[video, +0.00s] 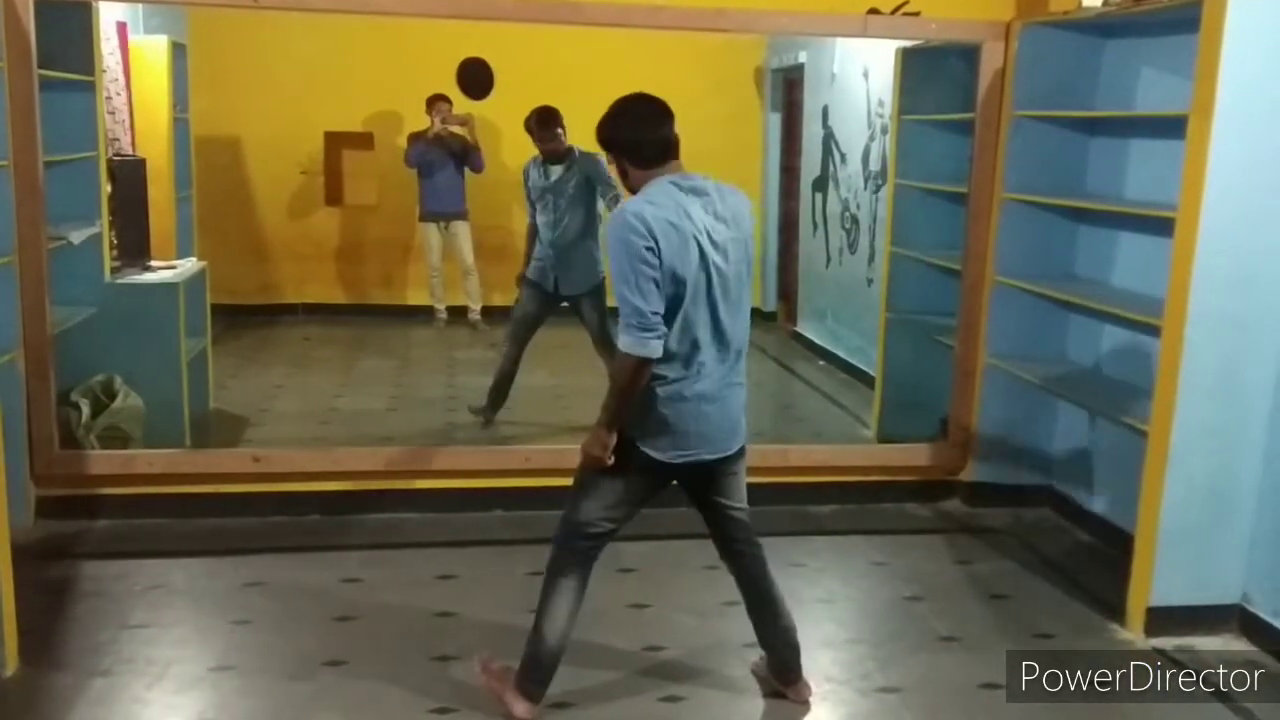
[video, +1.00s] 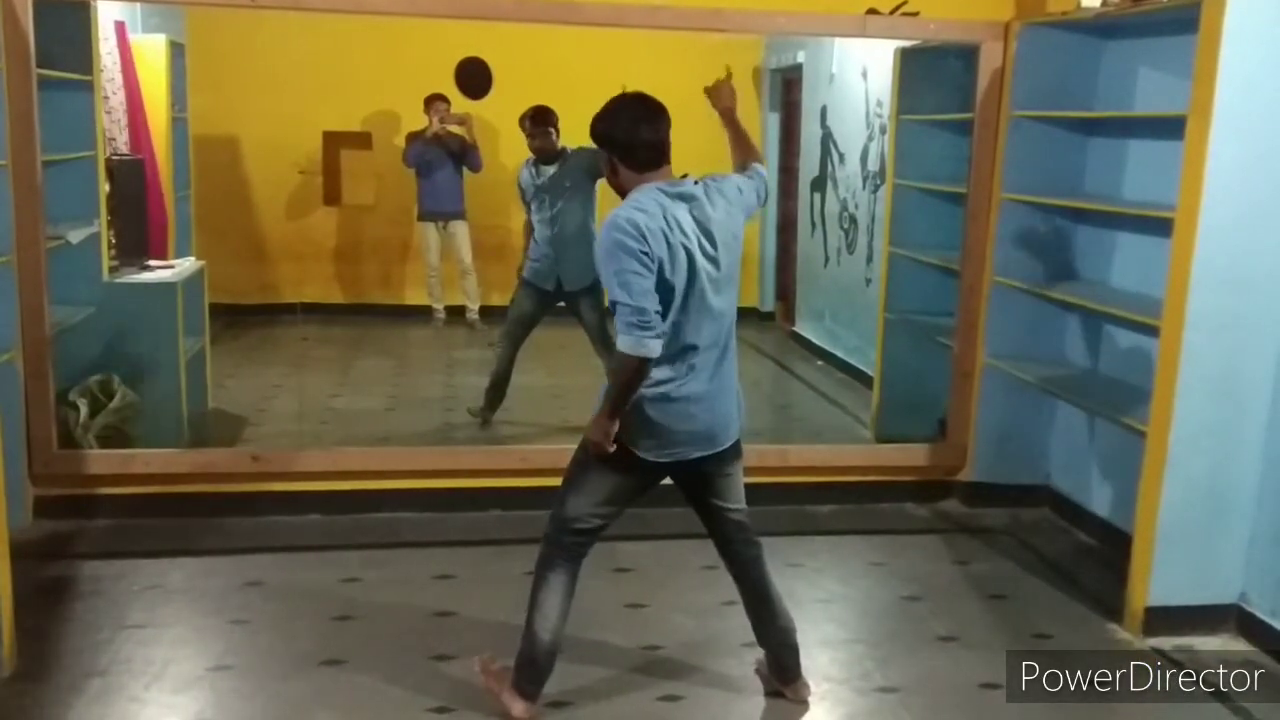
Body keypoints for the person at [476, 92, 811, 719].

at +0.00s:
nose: (613, 168)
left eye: (610, 159)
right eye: (612, 159)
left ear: (618, 161)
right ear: (677, 146)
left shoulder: (632, 221)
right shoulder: (733, 203)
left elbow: (641, 344)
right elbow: (729, 308)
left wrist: (606, 425)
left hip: (658, 422)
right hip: (723, 417)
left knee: (578, 544)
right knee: (740, 541)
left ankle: (527, 687)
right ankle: (789, 675)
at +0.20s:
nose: (602, 180)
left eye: (599, 168)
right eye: (598, 169)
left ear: (612, 166)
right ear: (663, 147)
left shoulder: (631, 224)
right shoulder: (724, 197)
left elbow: (646, 346)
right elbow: (738, 250)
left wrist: (612, 426)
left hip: (657, 424)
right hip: (720, 419)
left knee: (574, 544)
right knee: (738, 541)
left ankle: (526, 686)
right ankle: (787, 675)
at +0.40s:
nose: (598, 181)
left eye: (596, 170)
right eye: (596, 170)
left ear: (608, 170)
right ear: (661, 150)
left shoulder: (631, 229)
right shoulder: (716, 198)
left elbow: (656, 345)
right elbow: (741, 209)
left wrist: (624, 430)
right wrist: (713, 180)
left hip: (654, 423)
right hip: (719, 418)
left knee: (574, 544)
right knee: (740, 541)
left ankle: (525, 687)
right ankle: (789, 677)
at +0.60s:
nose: (598, 181)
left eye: (596, 170)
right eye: (596, 170)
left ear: (608, 171)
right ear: (663, 152)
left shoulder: (631, 229)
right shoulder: (715, 197)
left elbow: (659, 343)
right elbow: (743, 186)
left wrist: (626, 428)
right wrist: (725, 152)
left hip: (654, 421)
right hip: (719, 417)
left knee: (572, 545)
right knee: (741, 541)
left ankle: (525, 687)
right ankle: (789, 675)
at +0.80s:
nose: (598, 176)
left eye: (597, 165)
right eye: (597, 165)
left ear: (609, 167)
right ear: (665, 152)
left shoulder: (629, 229)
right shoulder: (716, 197)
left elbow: (652, 344)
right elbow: (747, 175)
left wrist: (620, 425)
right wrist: (728, 128)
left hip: (653, 421)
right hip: (718, 416)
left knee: (570, 544)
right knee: (741, 542)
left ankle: (525, 686)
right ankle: (788, 676)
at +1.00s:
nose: (603, 169)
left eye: (602, 159)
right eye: (605, 157)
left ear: (612, 163)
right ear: (668, 148)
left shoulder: (625, 230)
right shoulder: (719, 198)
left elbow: (641, 345)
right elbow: (755, 171)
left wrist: (608, 414)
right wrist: (731, 115)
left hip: (649, 420)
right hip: (717, 415)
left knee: (566, 544)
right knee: (741, 543)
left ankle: (524, 685)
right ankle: (788, 675)